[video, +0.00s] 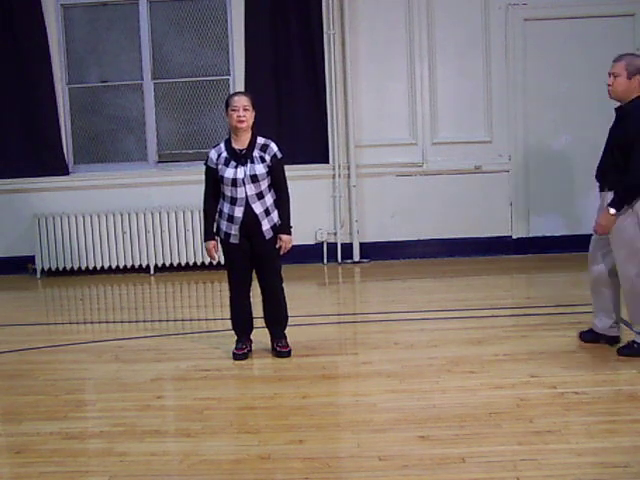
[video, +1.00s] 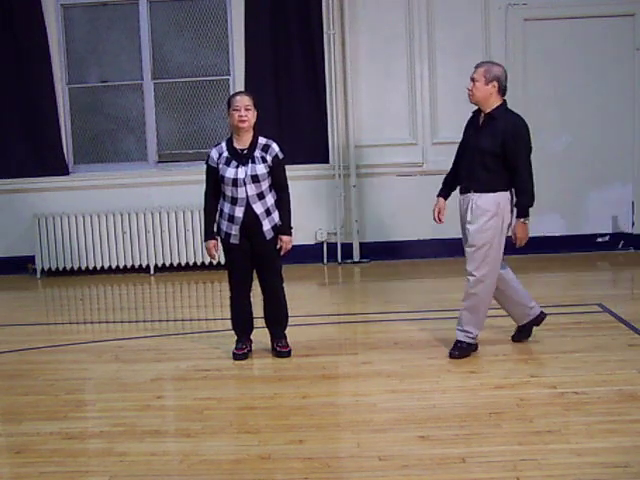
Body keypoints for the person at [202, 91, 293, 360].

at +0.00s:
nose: (241, 114)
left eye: (246, 109)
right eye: (235, 110)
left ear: (254, 114)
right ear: (227, 116)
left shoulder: (268, 149)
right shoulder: (216, 155)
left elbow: (282, 192)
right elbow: (210, 198)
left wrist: (285, 229)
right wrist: (210, 235)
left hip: (266, 231)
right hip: (232, 233)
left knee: (272, 285)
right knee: (239, 289)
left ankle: (279, 335)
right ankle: (243, 338)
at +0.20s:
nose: (241, 114)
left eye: (246, 109)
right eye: (235, 110)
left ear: (254, 115)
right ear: (227, 116)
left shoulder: (268, 149)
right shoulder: (217, 155)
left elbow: (282, 192)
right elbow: (211, 198)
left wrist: (285, 229)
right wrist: (210, 235)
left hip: (266, 230)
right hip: (232, 233)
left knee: (272, 285)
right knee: (239, 288)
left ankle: (279, 335)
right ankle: (243, 337)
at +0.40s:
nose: (241, 114)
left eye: (246, 109)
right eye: (235, 109)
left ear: (254, 115)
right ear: (227, 115)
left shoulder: (268, 149)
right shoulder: (217, 155)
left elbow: (282, 192)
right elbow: (211, 197)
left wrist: (285, 229)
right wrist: (210, 234)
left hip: (266, 231)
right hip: (232, 233)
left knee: (272, 285)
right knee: (239, 289)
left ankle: (279, 335)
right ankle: (243, 338)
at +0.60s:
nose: (241, 114)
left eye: (246, 110)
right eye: (235, 110)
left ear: (254, 115)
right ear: (227, 116)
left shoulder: (268, 149)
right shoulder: (217, 155)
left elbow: (282, 192)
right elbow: (211, 198)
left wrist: (285, 229)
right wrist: (210, 235)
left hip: (266, 230)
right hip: (232, 233)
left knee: (272, 285)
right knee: (239, 288)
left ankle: (278, 335)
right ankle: (243, 338)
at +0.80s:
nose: (242, 116)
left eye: (246, 111)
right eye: (236, 111)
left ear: (254, 115)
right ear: (227, 117)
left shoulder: (268, 149)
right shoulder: (217, 155)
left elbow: (282, 192)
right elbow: (211, 198)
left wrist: (285, 229)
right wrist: (210, 235)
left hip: (266, 230)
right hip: (232, 233)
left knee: (272, 285)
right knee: (239, 289)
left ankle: (279, 335)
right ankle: (243, 338)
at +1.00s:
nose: (242, 114)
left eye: (247, 109)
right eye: (236, 109)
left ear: (255, 114)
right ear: (228, 115)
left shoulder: (269, 149)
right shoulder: (217, 154)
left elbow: (283, 191)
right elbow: (211, 197)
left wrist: (285, 229)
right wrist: (210, 234)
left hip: (266, 230)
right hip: (233, 232)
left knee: (273, 286)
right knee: (239, 289)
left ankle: (279, 336)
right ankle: (243, 338)